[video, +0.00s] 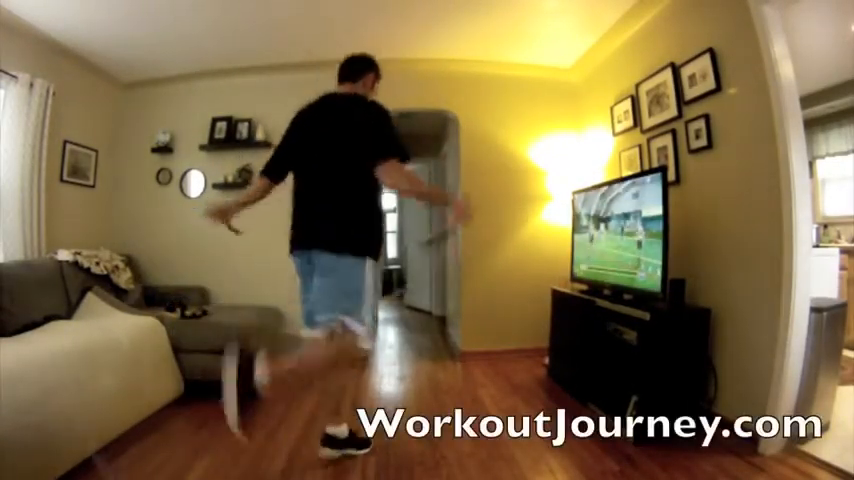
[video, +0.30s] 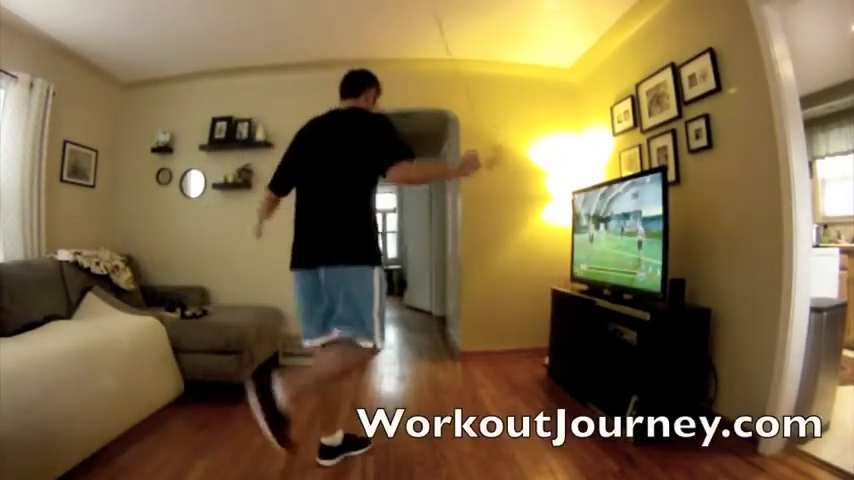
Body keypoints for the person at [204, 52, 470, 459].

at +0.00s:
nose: (376, 91)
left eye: (376, 86)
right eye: (376, 85)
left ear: (339, 78)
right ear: (368, 81)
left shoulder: (309, 114)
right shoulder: (370, 114)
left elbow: (268, 180)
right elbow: (391, 175)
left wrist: (232, 207)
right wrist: (447, 199)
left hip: (306, 238)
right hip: (348, 240)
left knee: (339, 341)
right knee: (343, 342)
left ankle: (338, 430)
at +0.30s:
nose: (376, 105)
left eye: (375, 100)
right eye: (377, 99)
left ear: (340, 94)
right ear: (371, 95)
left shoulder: (310, 130)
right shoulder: (373, 126)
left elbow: (277, 189)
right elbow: (400, 172)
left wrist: (264, 214)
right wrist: (456, 169)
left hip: (308, 250)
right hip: (352, 250)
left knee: (331, 347)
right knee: (360, 347)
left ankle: (333, 438)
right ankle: (283, 386)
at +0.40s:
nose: (378, 109)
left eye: (376, 103)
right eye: (378, 102)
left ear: (342, 98)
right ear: (372, 99)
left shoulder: (313, 135)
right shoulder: (376, 131)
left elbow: (284, 196)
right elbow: (410, 180)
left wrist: (275, 233)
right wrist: (461, 194)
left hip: (309, 253)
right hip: (353, 253)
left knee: (330, 351)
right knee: (358, 351)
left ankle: (341, 434)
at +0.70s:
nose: (401, 102)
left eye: (400, 96)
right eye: (400, 95)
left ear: (365, 90)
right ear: (392, 91)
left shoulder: (334, 123)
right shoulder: (392, 122)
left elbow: (303, 184)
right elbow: (418, 178)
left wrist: (277, 227)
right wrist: (453, 237)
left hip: (317, 226)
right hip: (364, 221)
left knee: (325, 328)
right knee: (395, 289)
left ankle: (332, 427)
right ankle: (370, 367)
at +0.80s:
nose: (405, 93)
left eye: (405, 88)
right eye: (406, 87)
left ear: (371, 80)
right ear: (398, 82)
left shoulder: (336, 113)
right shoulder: (397, 112)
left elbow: (305, 171)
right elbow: (418, 168)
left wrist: (275, 216)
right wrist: (444, 229)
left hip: (321, 220)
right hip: (371, 219)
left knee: (339, 316)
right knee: (392, 303)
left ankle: (298, 394)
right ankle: (379, 392)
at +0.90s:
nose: (407, 101)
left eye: (407, 95)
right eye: (408, 94)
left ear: (371, 89)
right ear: (399, 90)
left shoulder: (338, 123)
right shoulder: (403, 126)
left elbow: (299, 180)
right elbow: (419, 188)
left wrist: (262, 225)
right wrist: (463, 233)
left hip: (332, 240)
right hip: (380, 244)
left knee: (345, 329)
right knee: (382, 336)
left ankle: (289, 337)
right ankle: (376, 430)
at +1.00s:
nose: (411, 113)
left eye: (410, 106)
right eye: (411, 106)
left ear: (374, 103)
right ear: (402, 103)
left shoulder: (344, 137)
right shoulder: (407, 142)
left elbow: (303, 188)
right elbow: (420, 200)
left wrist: (261, 218)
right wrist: (482, 223)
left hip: (336, 258)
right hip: (385, 262)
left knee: (347, 344)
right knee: (382, 354)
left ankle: (307, 327)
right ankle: (375, 436)